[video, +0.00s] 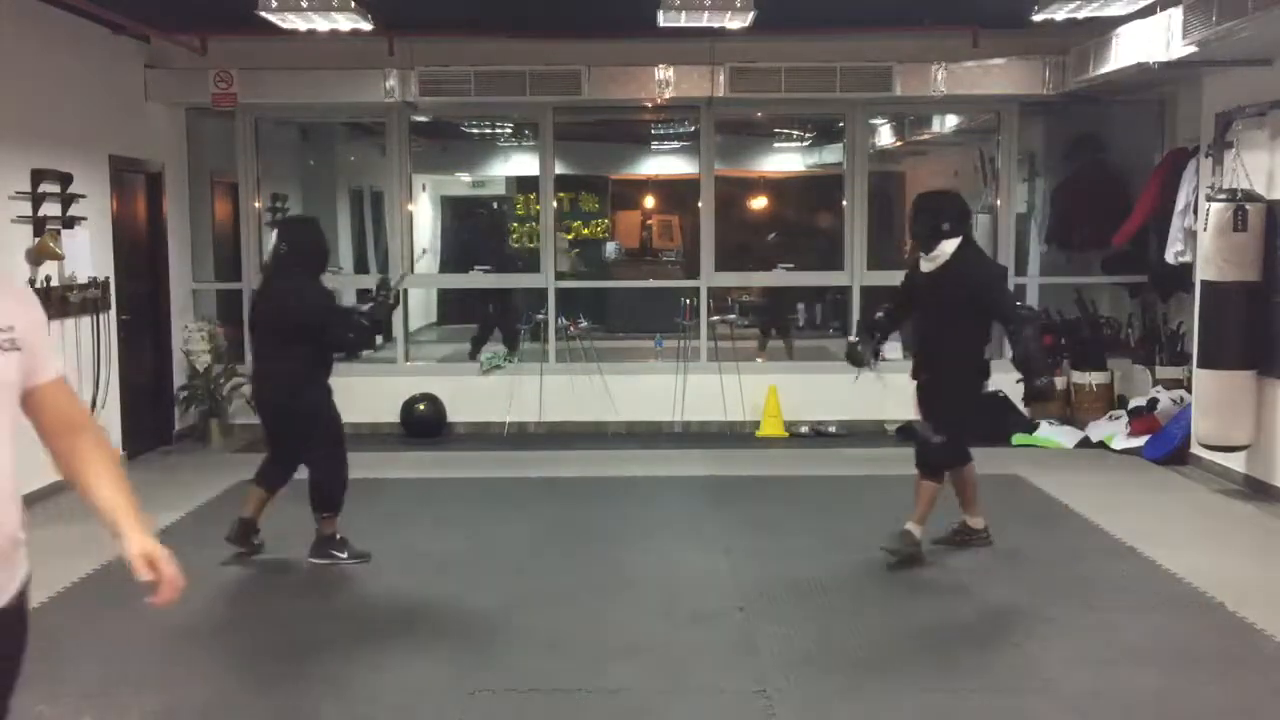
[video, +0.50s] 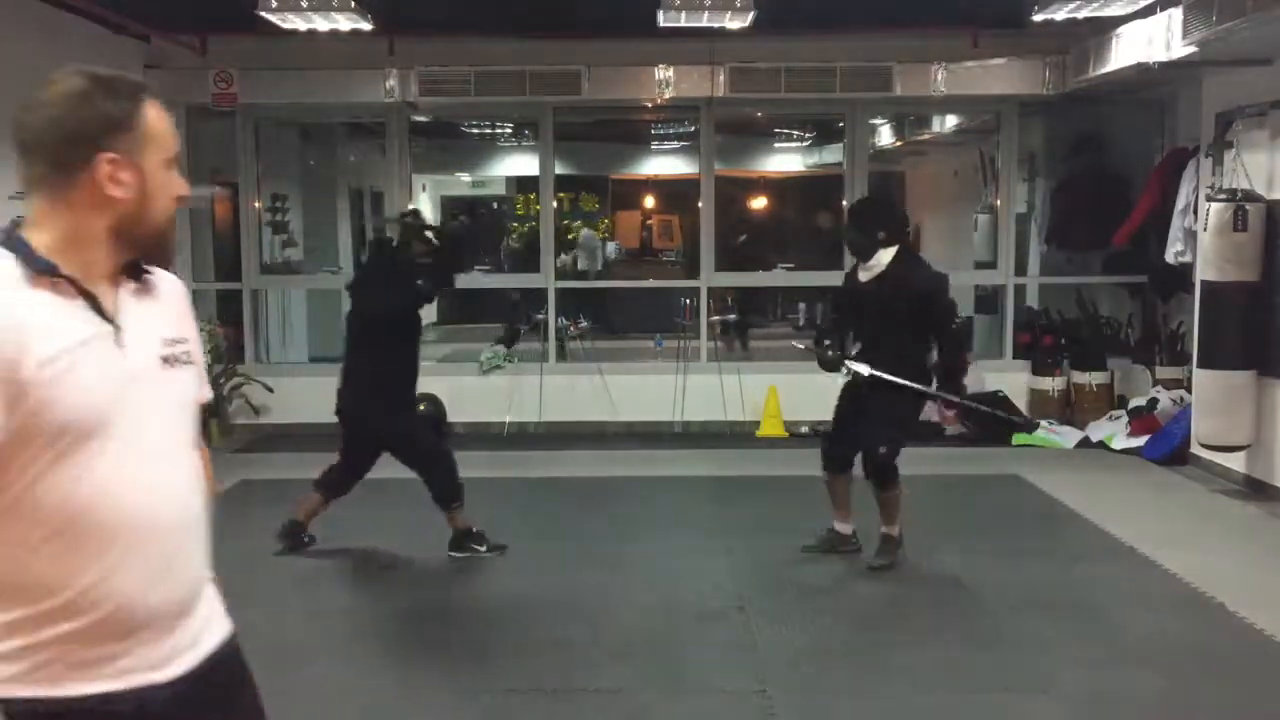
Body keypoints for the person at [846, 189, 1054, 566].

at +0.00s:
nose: (913, 231)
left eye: (918, 223)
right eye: (914, 224)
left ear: (940, 225)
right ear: (946, 225)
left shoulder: (980, 270)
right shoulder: (924, 265)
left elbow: (1014, 321)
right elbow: (902, 304)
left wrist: (1033, 370)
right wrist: (873, 331)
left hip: (962, 372)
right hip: (929, 371)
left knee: (933, 446)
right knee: (952, 448)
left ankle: (913, 531)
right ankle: (974, 524)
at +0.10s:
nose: (904, 234)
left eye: (910, 227)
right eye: (905, 226)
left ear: (930, 227)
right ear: (933, 228)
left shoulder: (967, 271)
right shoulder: (910, 270)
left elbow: (999, 327)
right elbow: (889, 314)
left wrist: (1014, 380)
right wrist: (866, 341)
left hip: (948, 373)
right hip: (914, 371)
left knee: (916, 446)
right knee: (936, 449)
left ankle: (900, 535)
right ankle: (972, 521)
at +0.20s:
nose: (890, 235)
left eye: (897, 228)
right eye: (891, 227)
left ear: (917, 228)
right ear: (919, 228)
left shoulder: (952, 274)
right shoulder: (897, 270)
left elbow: (984, 337)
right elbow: (878, 316)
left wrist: (979, 393)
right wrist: (862, 342)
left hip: (935, 374)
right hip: (899, 371)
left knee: (907, 453)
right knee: (906, 452)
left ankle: (897, 537)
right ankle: (961, 512)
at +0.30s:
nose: (883, 232)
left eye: (890, 225)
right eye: (884, 225)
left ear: (907, 228)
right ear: (913, 227)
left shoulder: (943, 275)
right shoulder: (884, 269)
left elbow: (965, 342)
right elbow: (864, 316)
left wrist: (956, 396)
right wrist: (854, 345)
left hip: (925, 380)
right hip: (887, 375)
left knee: (897, 452)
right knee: (874, 452)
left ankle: (897, 537)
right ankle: (937, 502)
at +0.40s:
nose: (865, 233)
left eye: (872, 225)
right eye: (866, 225)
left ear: (892, 227)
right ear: (904, 226)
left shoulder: (930, 275)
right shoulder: (873, 267)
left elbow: (957, 338)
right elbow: (856, 318)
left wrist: (953, 394)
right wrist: (846, 342)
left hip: (918, 375)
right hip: (878, 370)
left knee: (888, 450)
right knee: (854, 446)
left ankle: (895, 536)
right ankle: (902, 507)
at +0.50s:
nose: (848, 239)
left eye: (855, 232)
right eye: (848, 231)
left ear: (877, 233)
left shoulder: (920, 277)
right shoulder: (858, 275)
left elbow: (950, 337)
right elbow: (838, 319)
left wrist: (951, 390)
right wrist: (830, 346)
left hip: (905, 378)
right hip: (864, 373)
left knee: (878, 457)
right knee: (836, 451)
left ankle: (890, 536)